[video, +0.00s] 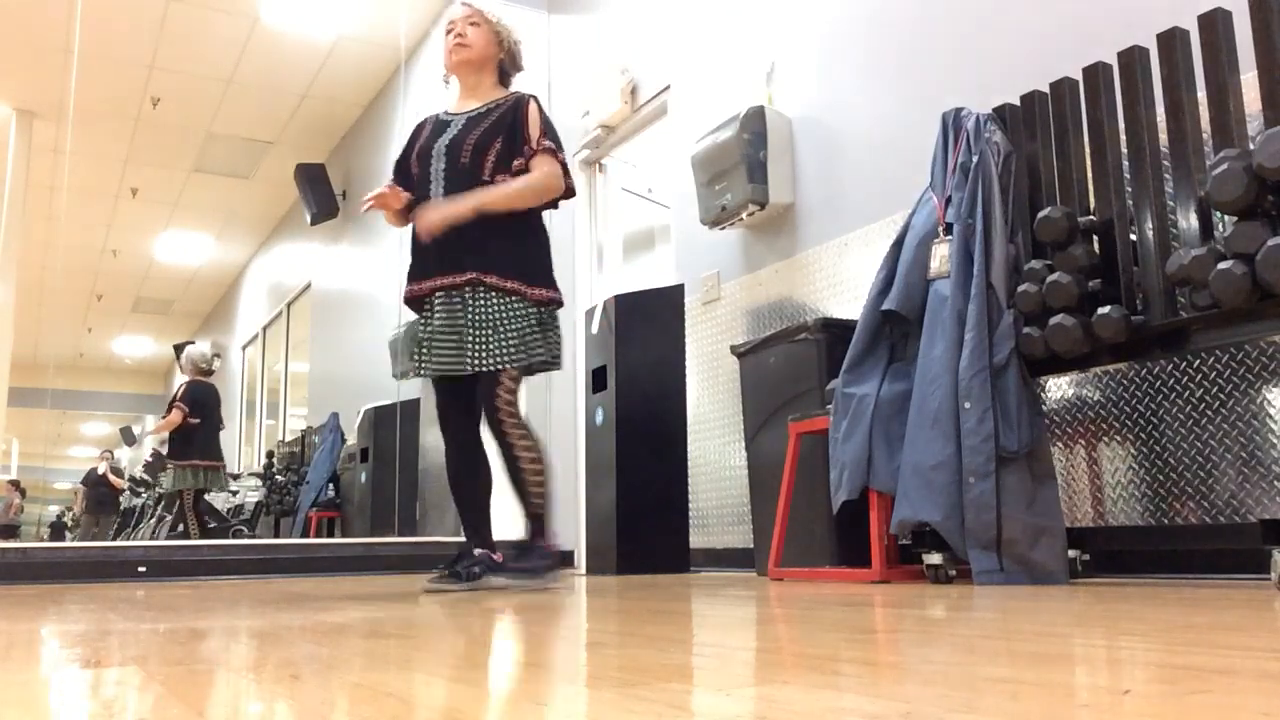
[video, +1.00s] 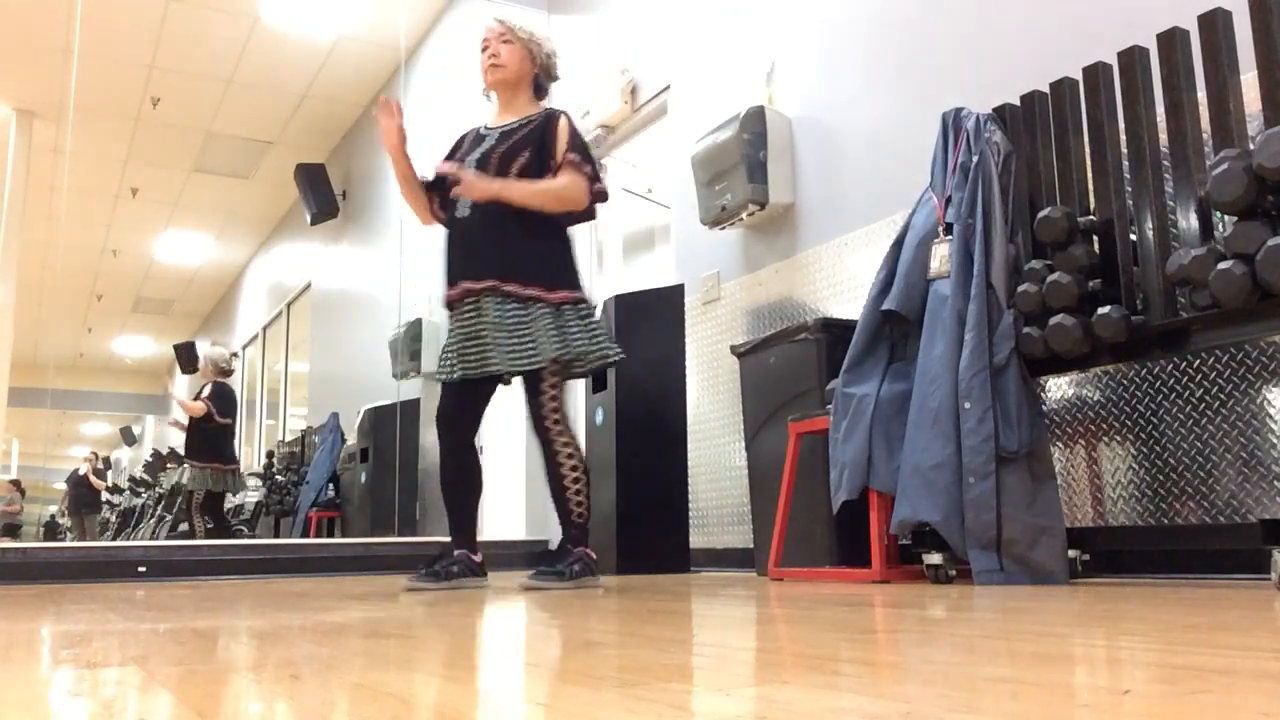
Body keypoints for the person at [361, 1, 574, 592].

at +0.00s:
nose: (456, 30)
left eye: (471, 25)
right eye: (449, 28)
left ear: (499, 49)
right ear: (444, 57)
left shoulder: (520, 107)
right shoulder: (427, 129)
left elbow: (551, 181)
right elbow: (406, 211)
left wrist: (460, 204)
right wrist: (394, 205)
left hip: (505, 281)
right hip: (442, 286)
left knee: (502, 411)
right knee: (456, 420)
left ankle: (543, 542)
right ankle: (479, 547)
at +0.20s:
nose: (464, 38)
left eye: (478, 29)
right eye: (458, 35)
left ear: (510, 49)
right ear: (457, 61)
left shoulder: (537, 107)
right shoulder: (445, 132)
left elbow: (575, 182)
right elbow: (437, 223)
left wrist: (561, 246)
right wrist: (416, 210)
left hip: (523, 279)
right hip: (455, 284)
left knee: (543, 417)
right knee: (462, 423)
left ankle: (574, 548)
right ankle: (482, 552)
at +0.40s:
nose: (477, 41)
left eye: (491, 34)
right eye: (472, 38)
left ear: (523, 54)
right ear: (471, 62)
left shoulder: (555, 110)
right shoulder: (460, 137)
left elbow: (606, 160)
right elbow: (438, 210)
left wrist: (660, 196)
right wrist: (442, 216)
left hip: (551, 285)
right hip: (483, 289)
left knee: (555, 416)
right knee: (466, 418)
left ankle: (576, 549)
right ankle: (484, 551)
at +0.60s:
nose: (491, 48)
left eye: (506, 42)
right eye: (485, 44)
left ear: (534, 64)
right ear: (480, 71)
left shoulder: (565, 119)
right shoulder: (470, 149)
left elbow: (607, 165)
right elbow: (451, 221)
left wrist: (637, 175)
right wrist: (456, 244)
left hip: (569, 291)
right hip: (503, 299)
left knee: (566, 415)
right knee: (463, 412)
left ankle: (579, 549)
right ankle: (481, 548)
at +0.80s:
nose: (495, 50)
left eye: (509, 42)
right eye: (490, 45)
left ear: (539, 61)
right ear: (487, 68)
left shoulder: (565, 118)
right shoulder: (476, 147)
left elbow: (614, 184)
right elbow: (456, 231)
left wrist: (565, 160)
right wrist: (434, 212)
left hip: (565, 288)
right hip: (499, 297)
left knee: (566, 416)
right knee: (456, 409)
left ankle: (579, 550)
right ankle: (473, 544)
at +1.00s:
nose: (490, 51)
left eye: (503, 42)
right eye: (484, 46)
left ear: (534, 60)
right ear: (481, 70)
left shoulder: (554, 122)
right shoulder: (469, 141)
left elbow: (576, 195)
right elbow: (432, 210)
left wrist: (491, 188)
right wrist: (397, 152)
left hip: (539, 295)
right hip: (479, 299)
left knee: (549, 418)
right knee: (452, 421)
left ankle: (578, 549)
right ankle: (465, 552)